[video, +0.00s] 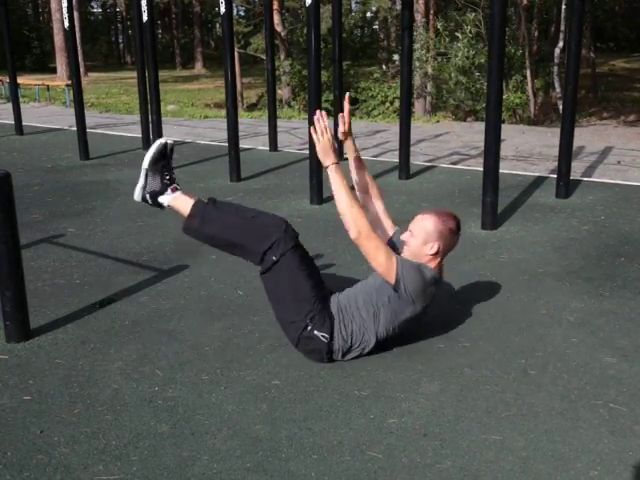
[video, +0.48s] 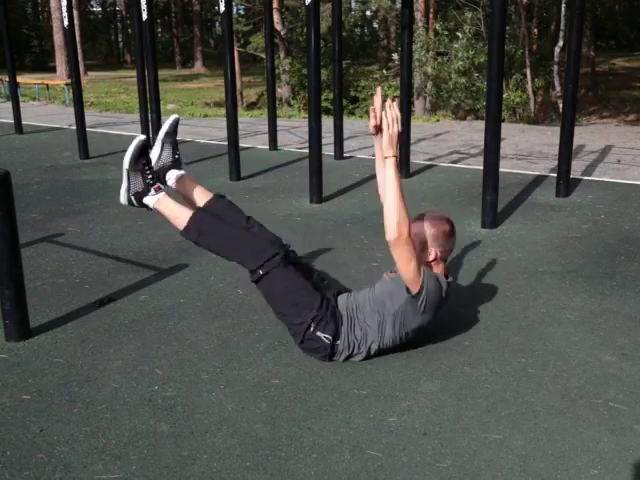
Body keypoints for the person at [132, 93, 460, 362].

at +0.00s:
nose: (403, 233)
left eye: (413, 231)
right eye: (410, 227)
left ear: (434, 250)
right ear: (431, 248)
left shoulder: (417, 282)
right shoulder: (415, 270)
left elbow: (358, 231)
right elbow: (374, 205)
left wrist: (330, 162)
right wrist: (349, 143)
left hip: (320, 333)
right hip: (326, 315)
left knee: (277, 238)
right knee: (278, 234)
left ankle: (166, 194)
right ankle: (170, 194)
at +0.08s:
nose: (374, 225)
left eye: (382, 222)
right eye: (378, 219)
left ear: (404, 236)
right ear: (406, 235)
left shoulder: (397, 265)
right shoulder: (402, 250)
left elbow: (331, 222)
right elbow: (348, 191)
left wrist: (291, 159)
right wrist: (312, 140)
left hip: (327, 336)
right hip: (335, 318)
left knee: (295, 232)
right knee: (296, 224)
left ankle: (197, 169)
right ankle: (197, 169)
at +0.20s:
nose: (345, 228)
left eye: (350, 223)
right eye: (347, 221)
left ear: (375, 229)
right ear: (377, 226)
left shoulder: (384, 255)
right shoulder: (391, 242)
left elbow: (312, 216)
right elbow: (325, 190)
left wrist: (258, 163)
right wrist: (275, 144)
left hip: (333, 338)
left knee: (309, 236)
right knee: (311, 228)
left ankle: (223, 155)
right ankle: (230, 157)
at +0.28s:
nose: (353, 230)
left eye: (358, 227)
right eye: (355, 224)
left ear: (380, 233)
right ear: (383, 230)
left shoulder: (388, 258)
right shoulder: (395, 247)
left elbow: (319, 216)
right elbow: (329, 193)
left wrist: (265, 160)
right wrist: (276, 149)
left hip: (331, 338)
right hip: (342, 317)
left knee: (309, 237)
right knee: (311, 231)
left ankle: (221, 154)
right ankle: (225, 150)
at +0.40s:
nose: (383, 236)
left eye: (389, 231)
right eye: (385, 228)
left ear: (411, 243)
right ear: (415, 243)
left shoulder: (410, 274)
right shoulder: (414, 265)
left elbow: (362, 221)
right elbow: (367, 204)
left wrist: (325, 150)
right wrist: (329, 146)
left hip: (326, 333)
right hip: (333, 316)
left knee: (279, 241)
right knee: (284, 232)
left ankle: (180, 168)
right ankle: (197, 156)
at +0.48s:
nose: (410, 244)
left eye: (417, 238)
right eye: (413, 238)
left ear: (434, 251)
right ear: (429, 248)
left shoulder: (427, 289)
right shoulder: (424, 279)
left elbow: (397, 235)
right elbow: (390, 211)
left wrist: (388, 155)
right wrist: (381, 148)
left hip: (327, 332)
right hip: (336, 312)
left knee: (258, 253)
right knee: (264, 243)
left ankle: (150, 193)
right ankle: (173, 173)